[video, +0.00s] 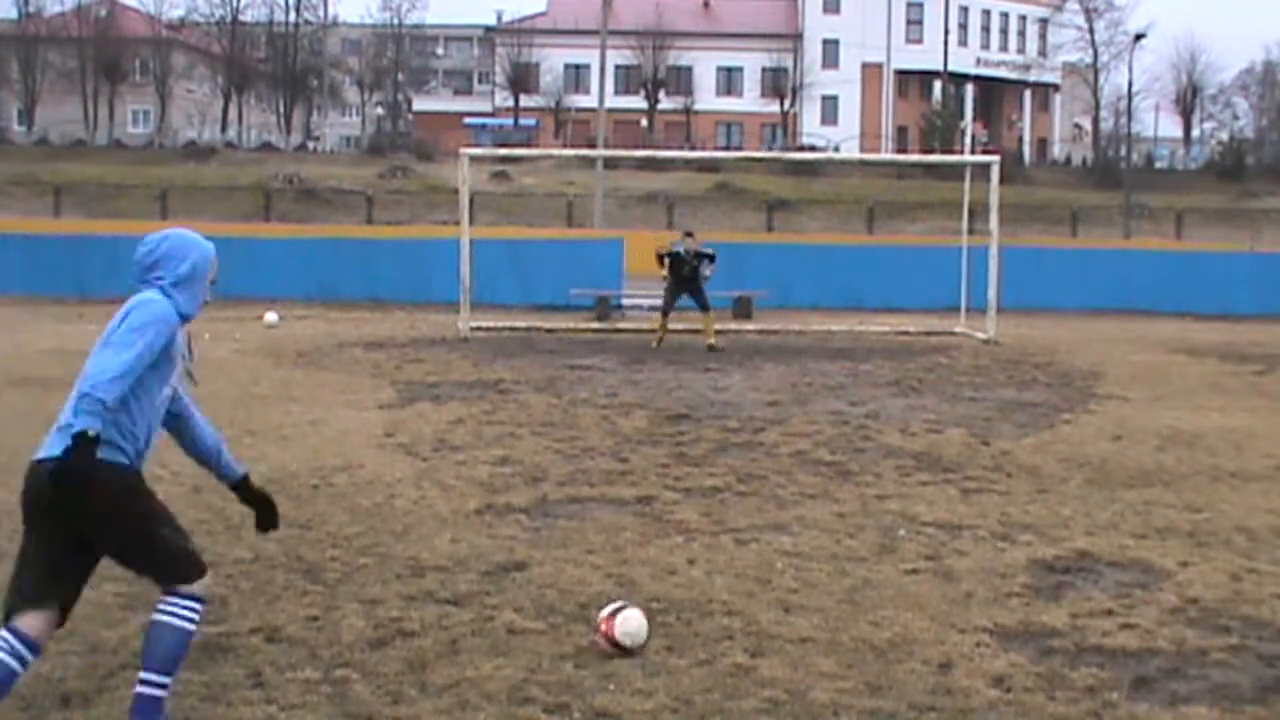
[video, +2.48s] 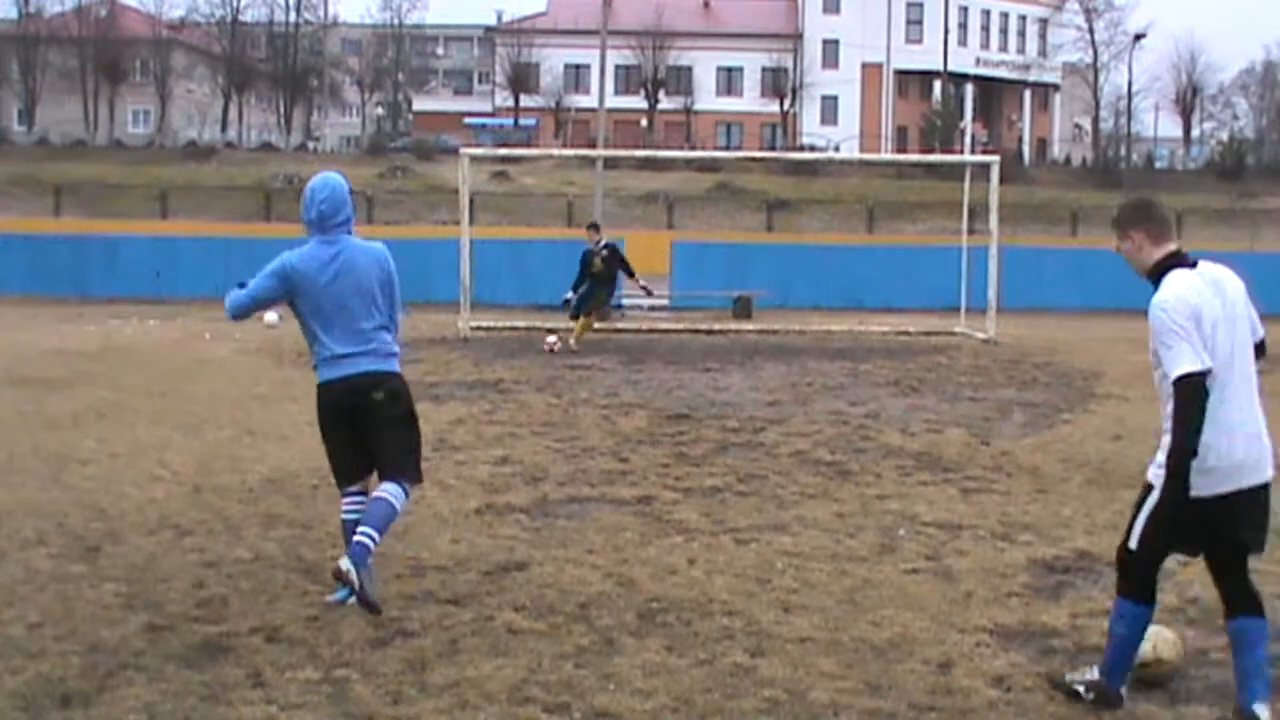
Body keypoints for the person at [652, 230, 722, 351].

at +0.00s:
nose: (689, 245)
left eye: (691, 242)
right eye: (686, 242)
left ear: (695, 243)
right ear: (682, 243)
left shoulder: (698, 254)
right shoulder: (674, 252)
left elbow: (712, 257)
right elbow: (660, 254)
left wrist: (708, 271)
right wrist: (663, 269)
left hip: (693, 283)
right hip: (675, 283)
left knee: (706, 310)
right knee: (665, 311)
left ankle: (711, 340)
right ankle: (660, 337)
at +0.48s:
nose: (700, 254)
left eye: (703, 251)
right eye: (698, 251)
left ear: (707, 252)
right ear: (695, 252)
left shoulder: (713, 263)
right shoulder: (688, 263)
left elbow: (726, 276)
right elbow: (676, 272)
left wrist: (723, 288)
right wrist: (684, 283)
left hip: (710, 288)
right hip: (693, 288)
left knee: (726, 310)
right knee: (681, 309)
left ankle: (736, 340)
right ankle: (681, 340)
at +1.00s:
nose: (701, 261)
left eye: (703, 258)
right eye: (698, 258)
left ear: (707, 261)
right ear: (695, 260)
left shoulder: (710, 276)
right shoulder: (688, 275)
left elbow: (708, 299)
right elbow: (687, 296)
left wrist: (707, 316)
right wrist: (688, 314)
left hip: (706, 298)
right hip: (691, 298)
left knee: (727, 307)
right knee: (676, 310)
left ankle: (732, 340)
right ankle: (673, 340)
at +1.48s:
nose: (685, 280)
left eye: (687, 277)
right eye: (683, 277)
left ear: (691, 277)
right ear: (680, 275)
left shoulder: (693, 284)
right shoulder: (673, 283)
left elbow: (691, 300)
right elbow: (669, 300)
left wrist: (684, 316)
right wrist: (668, 316)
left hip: (690, 299)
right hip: (677, 300)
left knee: (703, 311)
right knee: (672, 318)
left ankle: (699, 339)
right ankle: (676, 338)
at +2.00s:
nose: (636, 236)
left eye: (639, 233)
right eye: (634, 233)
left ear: (643, 234)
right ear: (631, 235)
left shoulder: (653, 248)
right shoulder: (628, 252)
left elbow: (673, 255)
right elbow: (623, 268)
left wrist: (686, 269)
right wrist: (622, 284)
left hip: (658, 283)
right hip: (642, 284)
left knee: (668, 312)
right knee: (635, 313)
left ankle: (691, 332)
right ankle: (645, 339)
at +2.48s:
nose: (589, 237)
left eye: (591, 233)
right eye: (588, 234)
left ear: (597, 233)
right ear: (589, 235)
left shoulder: (611, 249)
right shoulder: (588, 254)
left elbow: (625, 267)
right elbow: (582, 275)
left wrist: (639, 283)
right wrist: (572, 292)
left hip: (606, 288)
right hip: (591, 286)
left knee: (587, 312)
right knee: (575, 312)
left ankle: (574, 339)